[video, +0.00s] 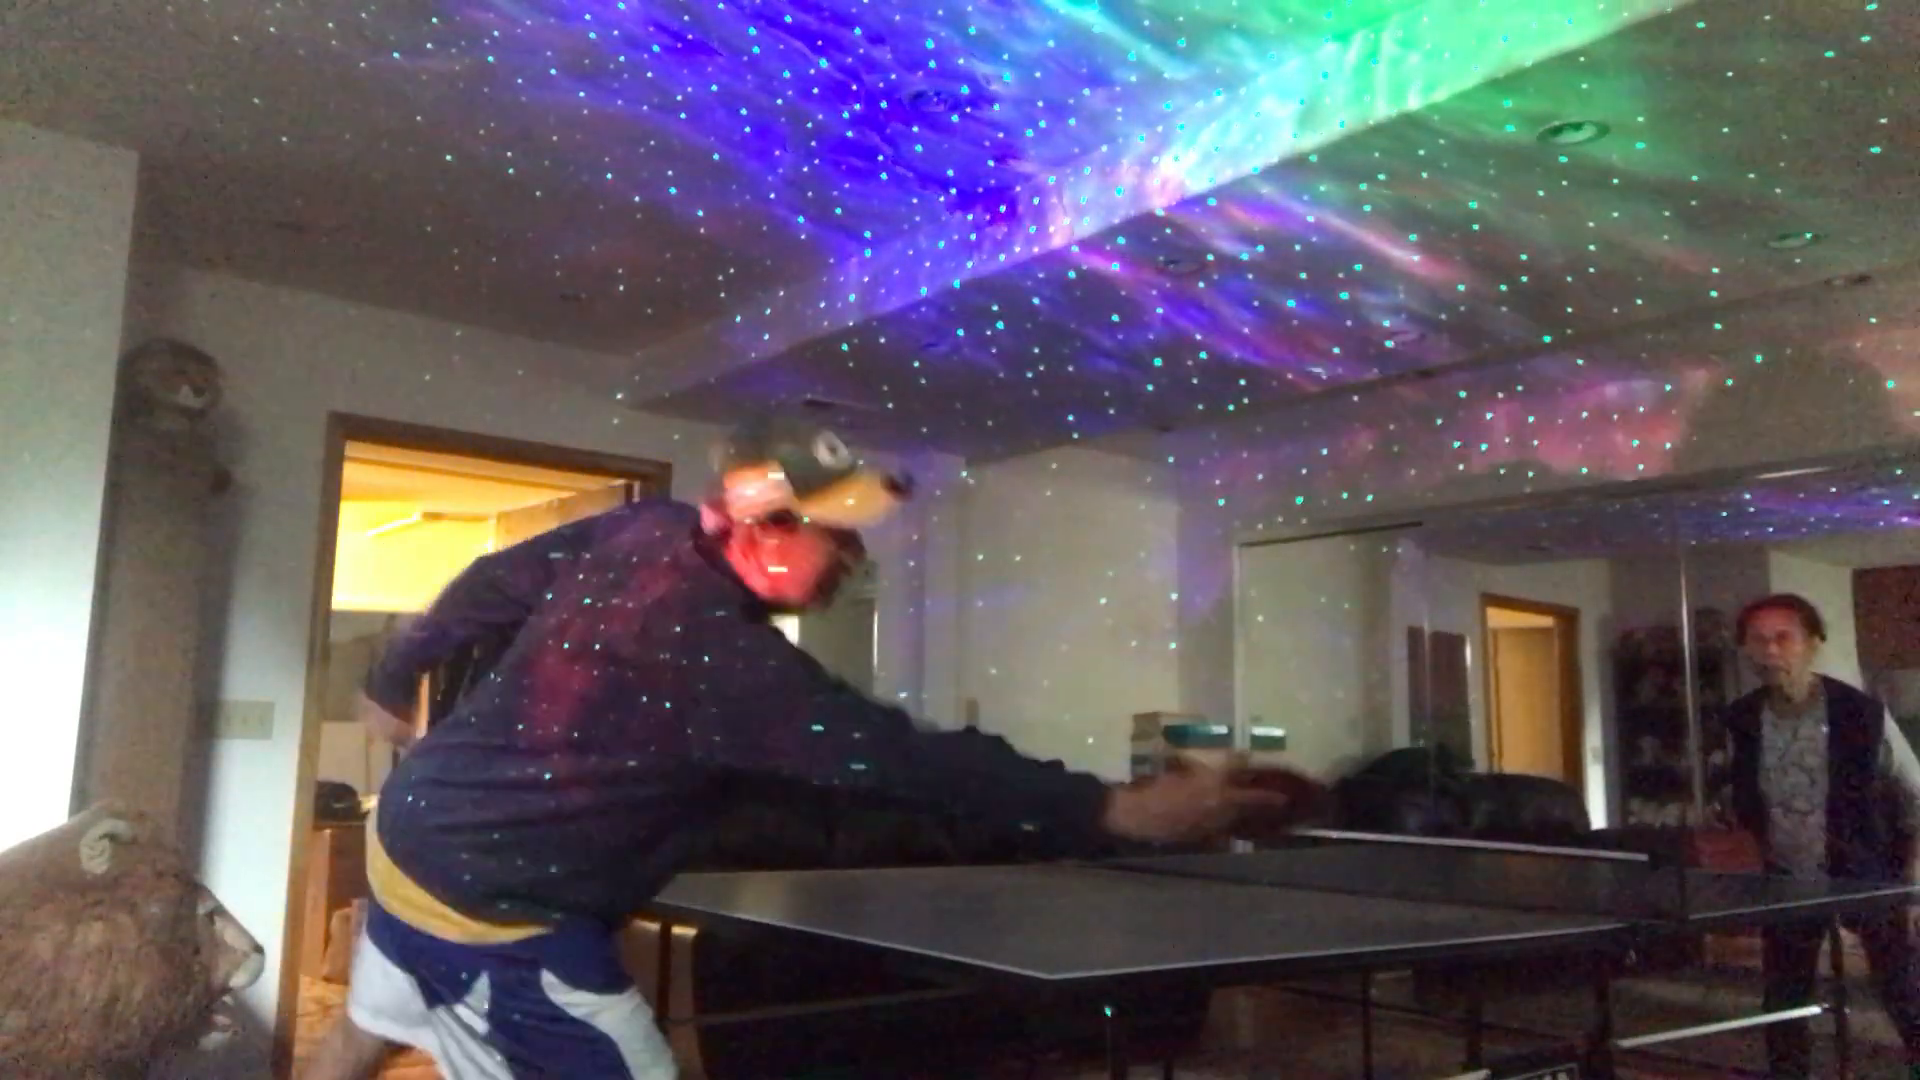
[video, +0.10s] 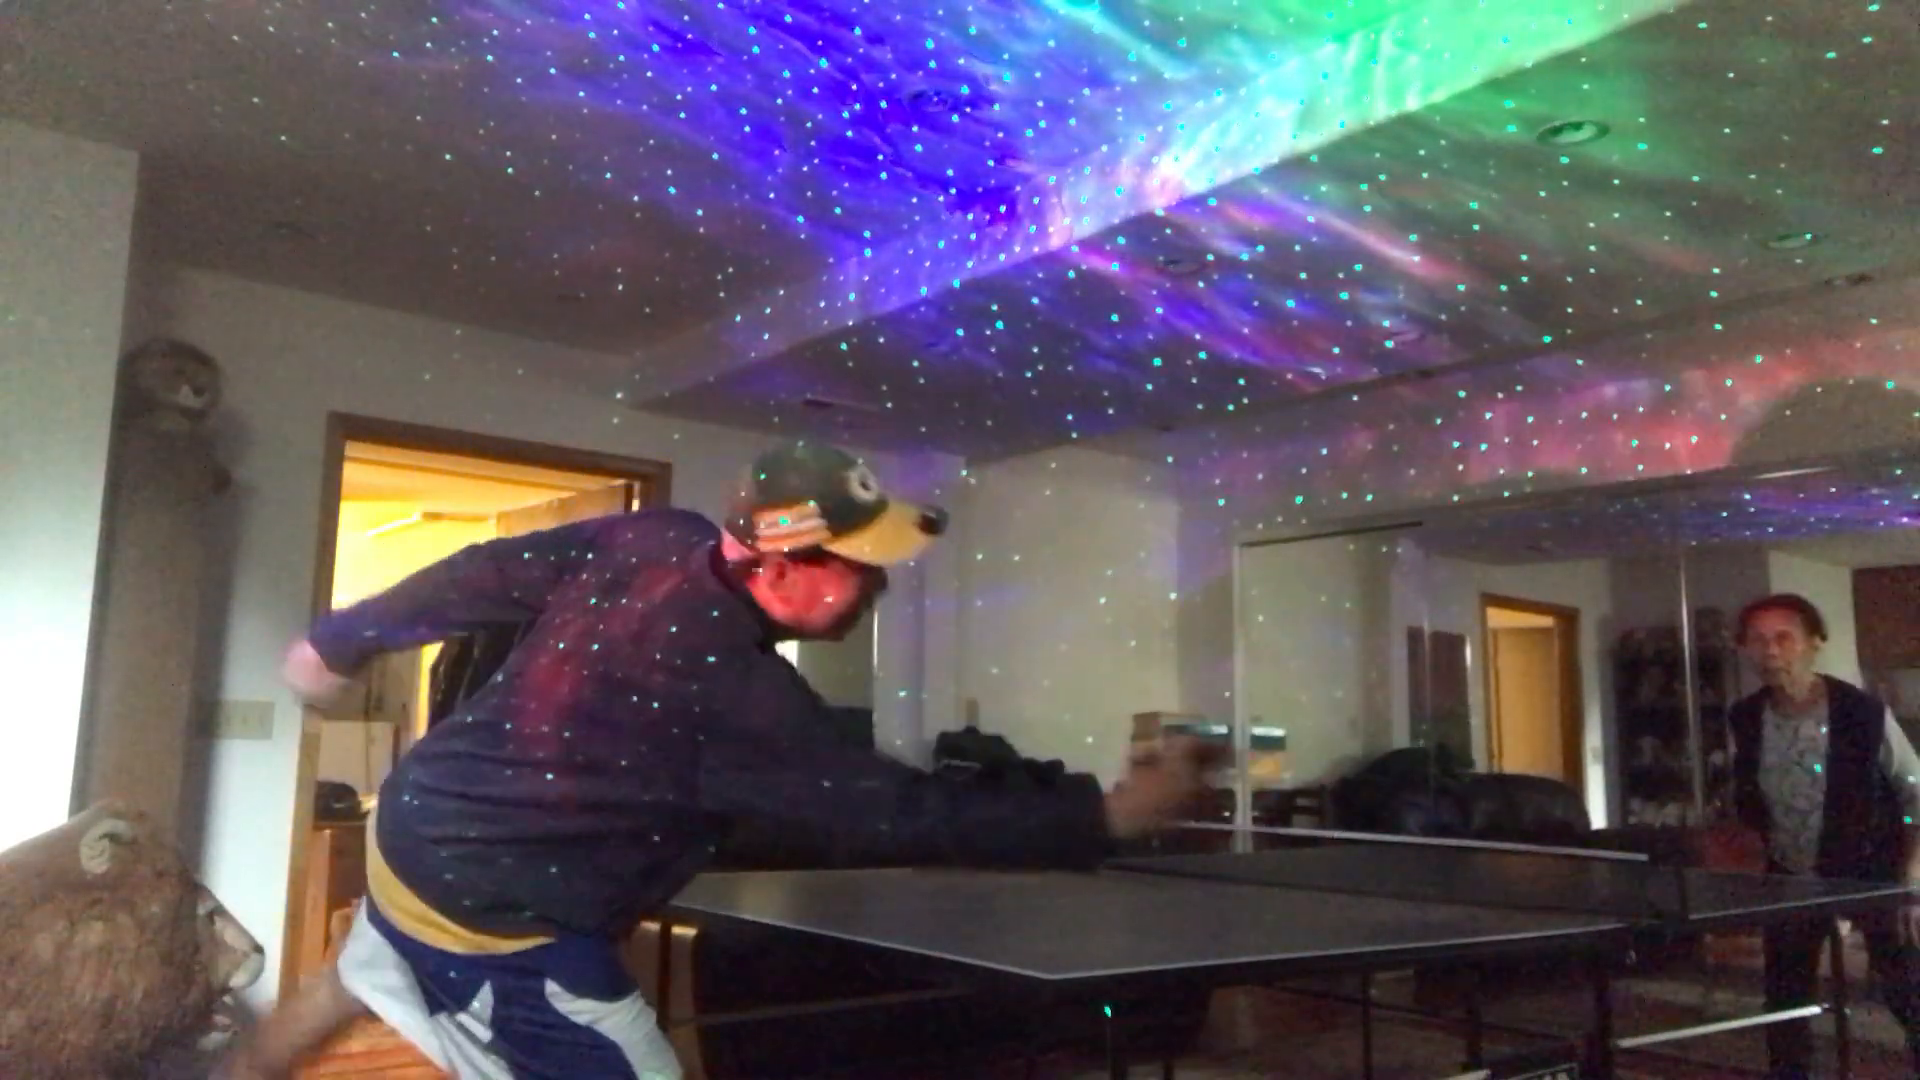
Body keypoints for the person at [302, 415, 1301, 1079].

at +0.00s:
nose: (851, 570)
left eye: (852, 546)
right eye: (839, 547)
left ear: (744, 517)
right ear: (769, 536)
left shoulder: (637, 526)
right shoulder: (742, 668)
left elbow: (490, 583)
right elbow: (909, 759)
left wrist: (397, 674)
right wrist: (1116, 809)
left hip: (404, 855)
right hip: (505, 925)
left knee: (362, 1032)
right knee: (632, 1065)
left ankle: (324, 1066)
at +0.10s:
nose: (870, 592)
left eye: (873, 570)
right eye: (856, 571)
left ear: (763, 540)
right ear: (778, 561)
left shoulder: (654, 538)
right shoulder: (738, 695)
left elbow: (487, 579)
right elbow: (902, 808)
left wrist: (339, 639)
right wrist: (1109, 810)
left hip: (412, 838)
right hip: (495, 937)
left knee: (369, 973)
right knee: (638, 1060)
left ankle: (245, 1056)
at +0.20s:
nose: (879, 607)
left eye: (884, 585)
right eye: (870, 585)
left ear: (778, 549)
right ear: (798, 573)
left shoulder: (655, 537)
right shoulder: (736, 700)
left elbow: (489, 574)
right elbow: (892, 841)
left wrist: (330, 633)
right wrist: (1047, 812)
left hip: (407, 813)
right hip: (484, 936)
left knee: (355, 929)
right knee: (620, 1063)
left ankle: (163, 1012)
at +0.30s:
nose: (881, 599)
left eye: (885, 576)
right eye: (869, 577)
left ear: (781, 535)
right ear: (802, 563)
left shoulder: (652, 530)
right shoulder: (734, 694)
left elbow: (486, 576)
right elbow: (856, 861)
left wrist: (334, 656)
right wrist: (994, 833)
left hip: (396, 803)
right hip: (468, 909)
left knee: (361, 902)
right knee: (591, 1057)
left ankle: (129, 938)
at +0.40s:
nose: (882, 589)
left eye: (888, 566)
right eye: (876, 567)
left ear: (775, 511)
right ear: (812, 552)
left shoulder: (644, 515)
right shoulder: (718, 665)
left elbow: (474, 579)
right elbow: (792, 878)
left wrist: (333, 673)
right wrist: (928, 856)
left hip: (382, 778)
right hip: (453, 893)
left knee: (349, 907)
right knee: (587, 1060)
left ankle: (123, 923)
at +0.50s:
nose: (848, 570)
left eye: (858, 545)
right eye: (847, 545)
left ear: (762, 481)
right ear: (796, 519)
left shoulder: (645, 502)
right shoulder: (699, 626)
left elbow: (469, 572)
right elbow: (668, 859)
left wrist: (327, 684)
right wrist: (818, 879)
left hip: (368, 792)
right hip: (448, 887)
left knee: (342, 947)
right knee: (570, 1061)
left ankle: (112, 976)